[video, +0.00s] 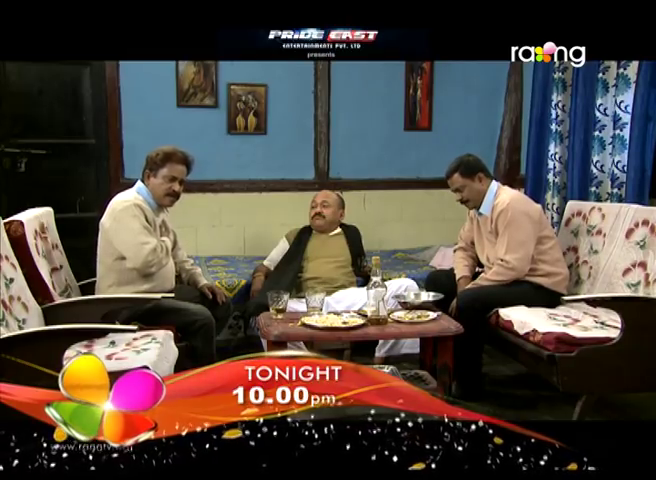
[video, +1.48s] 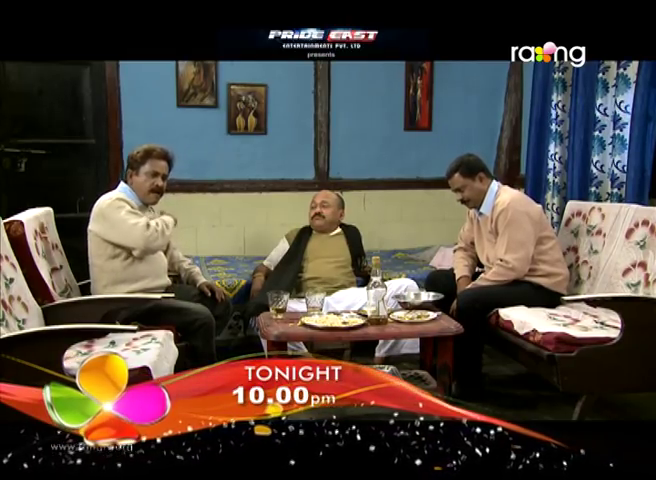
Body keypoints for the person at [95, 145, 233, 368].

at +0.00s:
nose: (177, 189)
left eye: (181, 183)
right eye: (171, 180)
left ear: (184, 185)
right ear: (149, 177)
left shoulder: (157, 215)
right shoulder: (125, 208)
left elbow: (179, 258)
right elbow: (144, 261)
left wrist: (202, 283)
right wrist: (166, 242)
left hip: (156, 296)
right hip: (127, 304)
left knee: (219, 304)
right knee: (200, 319)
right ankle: (203, 384)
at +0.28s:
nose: (172, 187)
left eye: (177, 181)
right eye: (166, 179)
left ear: (180, 184)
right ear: (144, 177)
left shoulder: (155, 213)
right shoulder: (121, 208)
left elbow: (178, 258)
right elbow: (141, 260)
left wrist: (202, 283)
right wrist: (164, 241)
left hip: (156, 296)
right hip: (127, 304)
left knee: (218, 304)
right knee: (200, 318)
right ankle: (204, 384)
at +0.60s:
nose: (168, 186)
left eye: (173, 181)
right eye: (162, 178)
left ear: (177, 183)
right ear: (140, 177)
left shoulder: (150, 211)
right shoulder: (118, 208)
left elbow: (175, 257)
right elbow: (139, 260)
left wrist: (201, 282)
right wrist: (162, 240)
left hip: (157, 295)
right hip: (127, 304)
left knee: (218, 304)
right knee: (200, 318)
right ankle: (203, 384)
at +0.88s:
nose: (165, 185)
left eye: (169, 179)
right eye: (158, 177)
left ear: (173, 182)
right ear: (136, 176)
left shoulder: (147, 211)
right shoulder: (115, 208)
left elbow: (175, 258)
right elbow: (140, 258)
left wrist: (201, 282)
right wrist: (163, 238)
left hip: (156, 295)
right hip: (127, 304)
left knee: (218, 303)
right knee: (200, 318)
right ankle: (203, 385)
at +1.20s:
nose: (161, 184)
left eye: (165, 178)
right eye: (154, 176)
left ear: (169, 181)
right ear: (133, 176)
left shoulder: (147, 211)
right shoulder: (112, 206)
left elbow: (173, 257)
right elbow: (146, 245)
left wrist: (200, 281)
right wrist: (167, 223)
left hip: (158, 294)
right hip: (127, 303)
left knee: (218, 303)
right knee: (200, 318)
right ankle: (204, 384)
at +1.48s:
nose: (160, 183)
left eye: (164, 178)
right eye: (153, 175)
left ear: (167, 181)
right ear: (132, 176)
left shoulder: (150, 212)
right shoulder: (109, 206)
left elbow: (174, 257)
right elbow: (144, 239)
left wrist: (200, 281)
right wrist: (168, 220)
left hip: (159, 293)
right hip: (126, 302)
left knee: (218, 303)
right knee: (200, 318)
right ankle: (204, 384)